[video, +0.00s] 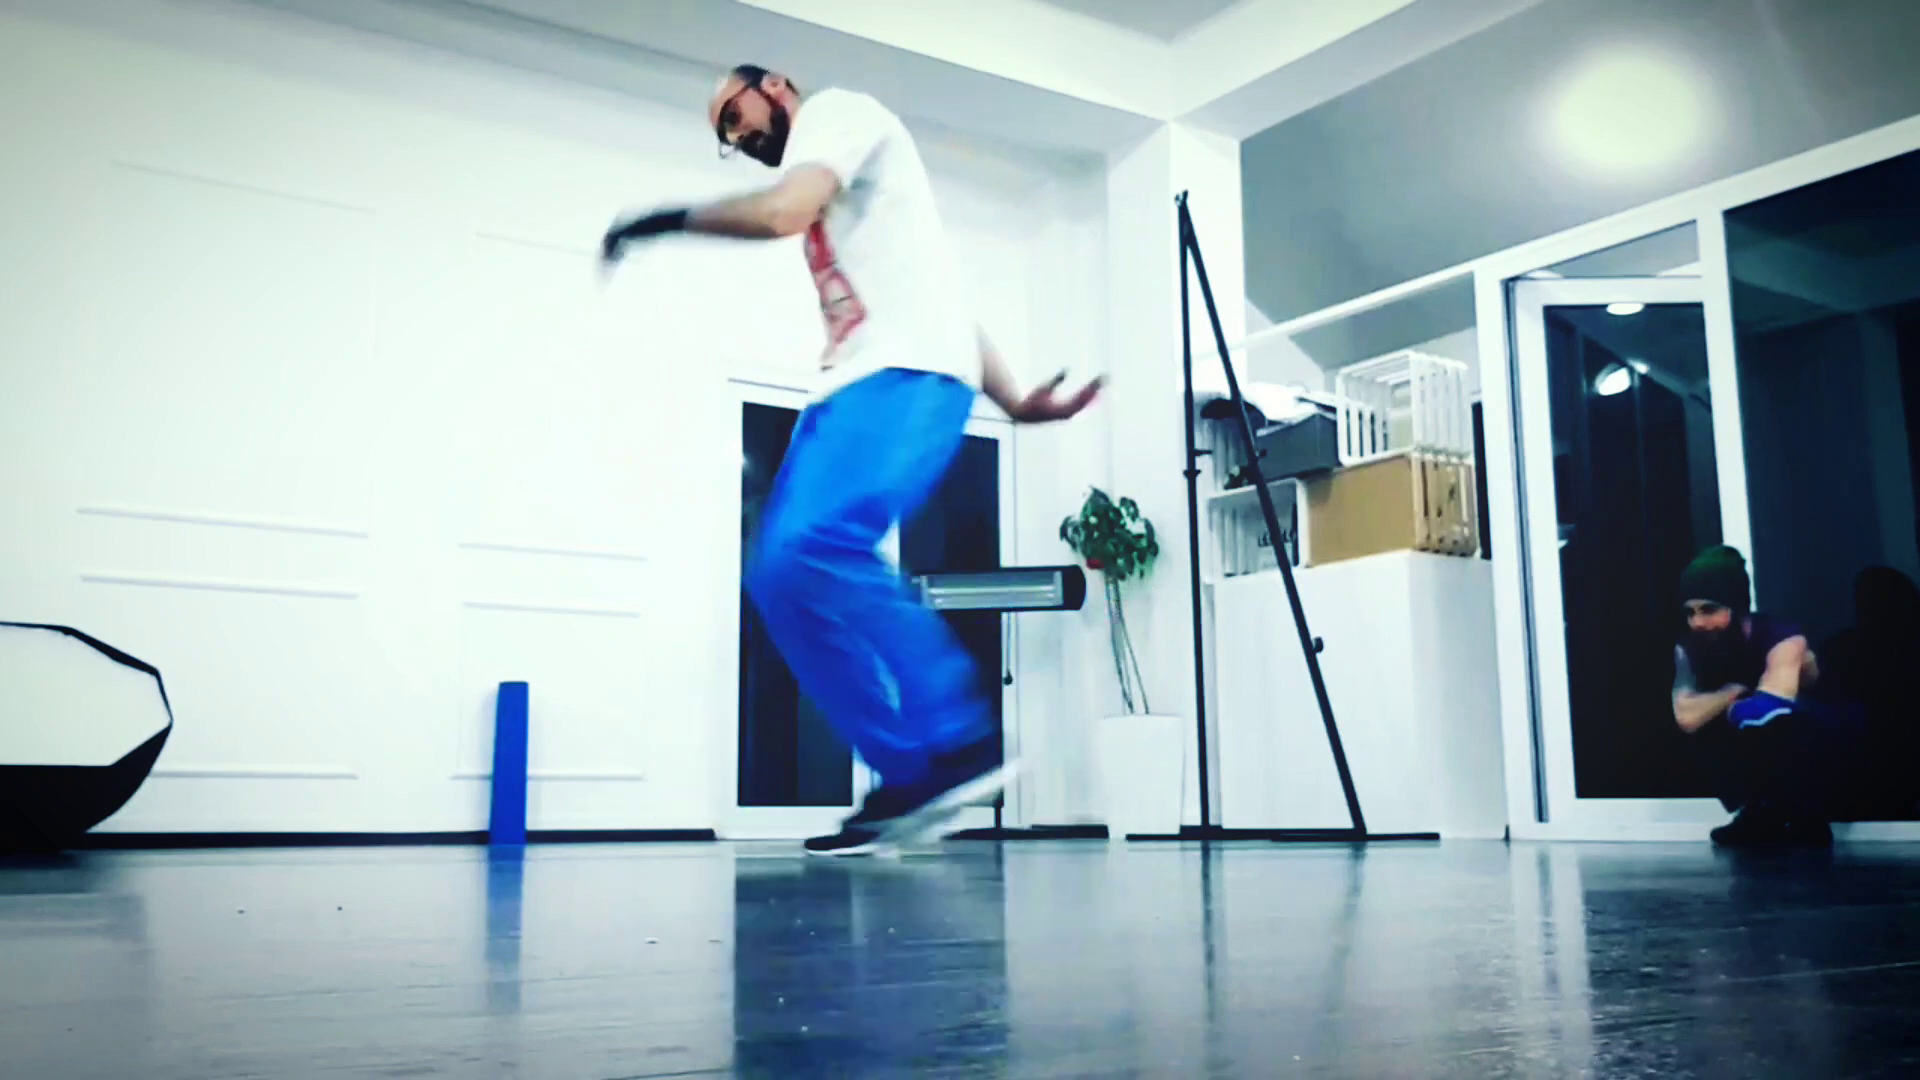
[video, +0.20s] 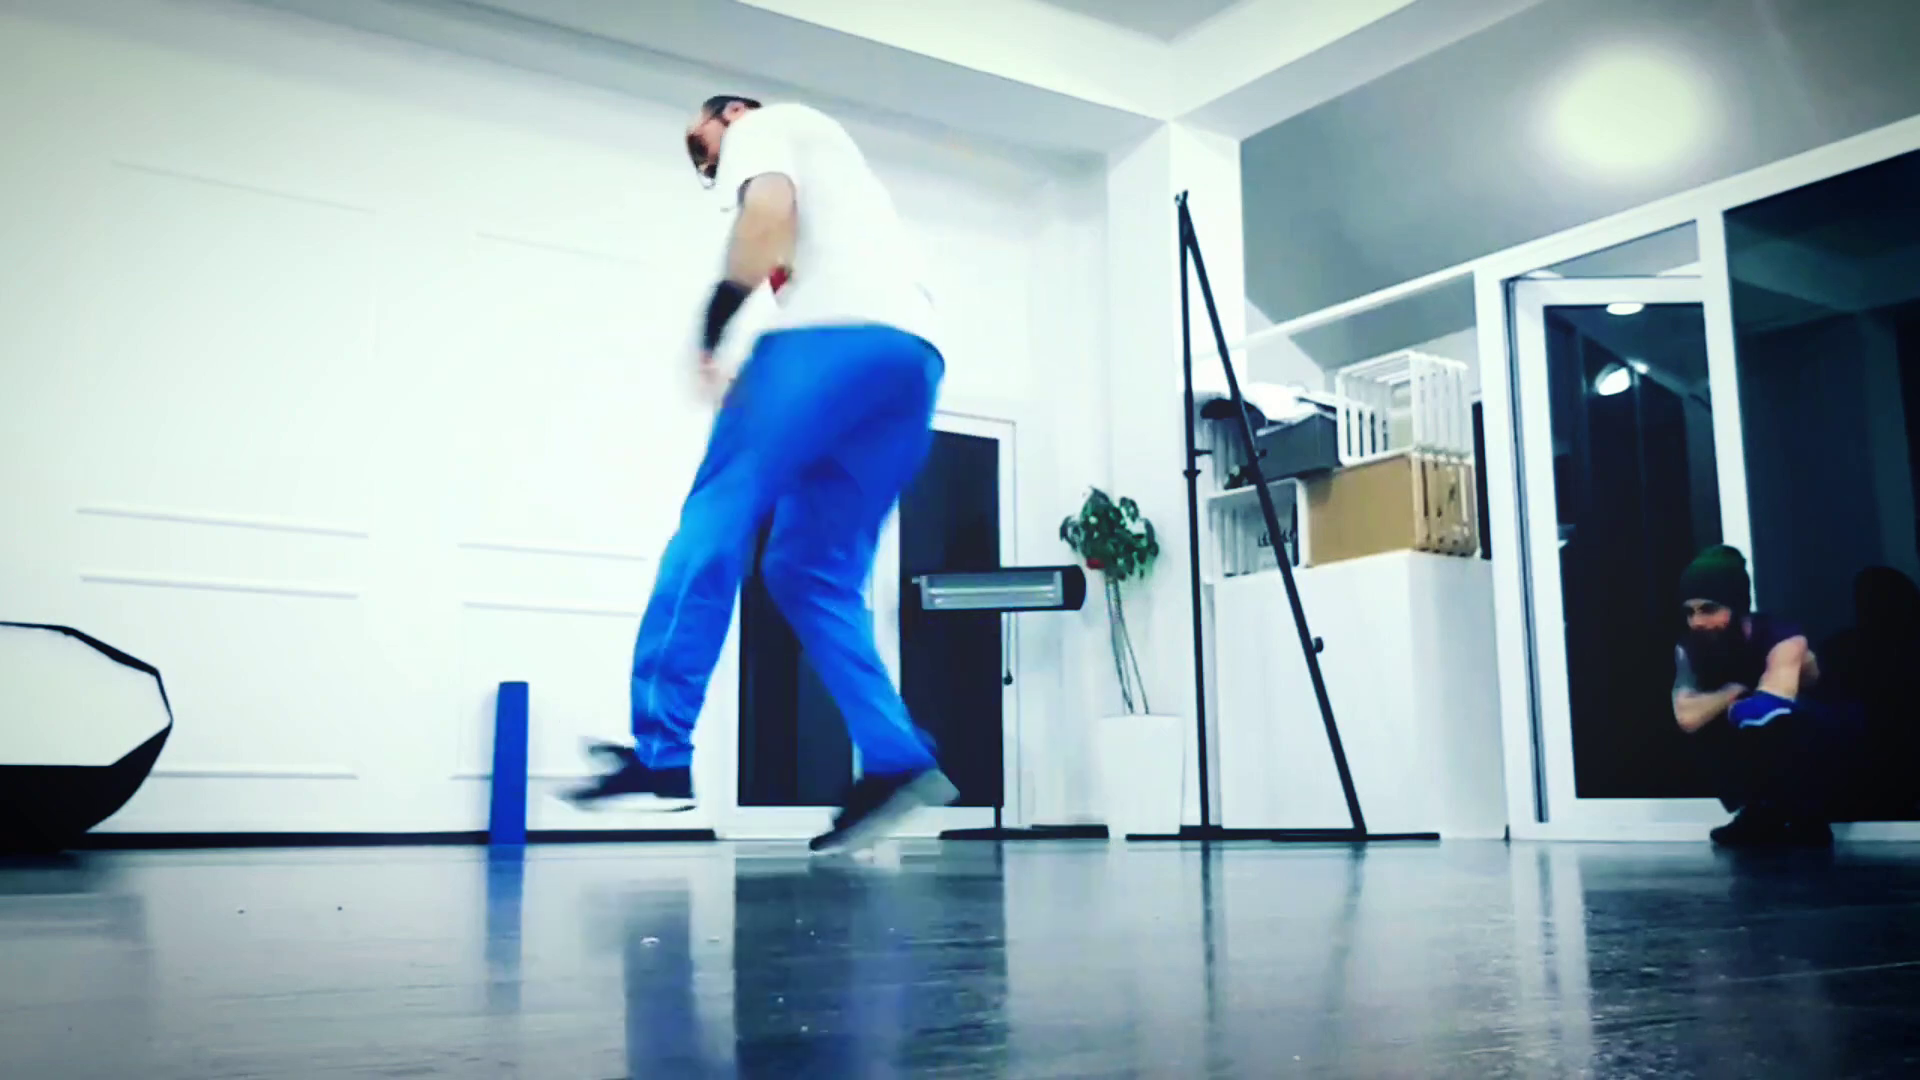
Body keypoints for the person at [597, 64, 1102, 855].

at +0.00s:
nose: (735, 136)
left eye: (735, 114)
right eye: (725, 135)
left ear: (774, 84)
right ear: (744, 143)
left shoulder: (842, 109)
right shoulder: (823, 187)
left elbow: (785, 210)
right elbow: (928, 284)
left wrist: (670, 218)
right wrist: (1016, 401)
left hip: (910, 370)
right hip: (854, 384)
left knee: (813, 546)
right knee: (778, 572)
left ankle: (960, 737)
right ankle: (905, 771)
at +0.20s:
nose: (709, 166)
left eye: (705, 148)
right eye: (702, 162)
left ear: (734, 111)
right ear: (751, 117)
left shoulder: (765, 123)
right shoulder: (837, 164)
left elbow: (768, 215)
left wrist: (715, 326)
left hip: (826, 341)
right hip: (909, 363)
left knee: (712, 533)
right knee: (812, 567)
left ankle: (659, 754)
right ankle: (898, 761)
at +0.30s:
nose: (695, 172)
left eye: (695, 158)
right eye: (690, 169)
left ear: (722, 126)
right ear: (755, 126)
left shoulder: (743, 141)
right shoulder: (821, 171)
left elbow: (769, 213)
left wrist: (786, 316)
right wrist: (715, 438)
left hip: (802, 345)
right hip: (887, 357)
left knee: (716, 555)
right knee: (801, 545)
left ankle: (698, 789)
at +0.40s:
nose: (694, 208)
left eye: (692, 196)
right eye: (691, 200)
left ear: (714, 170)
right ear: (763, 166)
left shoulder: (726, 191)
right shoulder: (832, 214)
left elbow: (731, 271)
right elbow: (772, 362)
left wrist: (749, 365)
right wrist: (654, 395)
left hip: (748, 411)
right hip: (844, 418)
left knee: (742, 611)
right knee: (801, 629)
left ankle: (722, 809)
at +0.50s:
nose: (715, 202)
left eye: (715, 192)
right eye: (722, 191)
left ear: (720, 185)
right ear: (777, 182)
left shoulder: (711, 216)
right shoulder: (832, 216)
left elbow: (664, 334)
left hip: (705, 417)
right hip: (797, 414)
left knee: (726, 618)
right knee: (787, 633)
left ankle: (722, 809)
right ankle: (621, 522)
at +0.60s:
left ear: (748, 143)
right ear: (812, 135)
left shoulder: (694, 174)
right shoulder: (842, 167)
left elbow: (597, 286)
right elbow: (891, 317)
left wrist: (591, 403)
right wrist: (814, 376)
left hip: (669, 362)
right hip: (766, 362)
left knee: (716, 600)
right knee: (788, 577)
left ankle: (719, 805)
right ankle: (611, 527)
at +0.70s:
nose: (855, 119)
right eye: (853, 105)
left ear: (778, 86)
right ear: (837, 93)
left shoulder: (689, 132)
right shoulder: (842, 114)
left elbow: (588, 269)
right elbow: (952, 232)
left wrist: (635, 351)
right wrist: (910, 346)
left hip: (638, 329)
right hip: (732, 314)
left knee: (677, 551)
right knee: (800, 529)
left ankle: (651, 785)